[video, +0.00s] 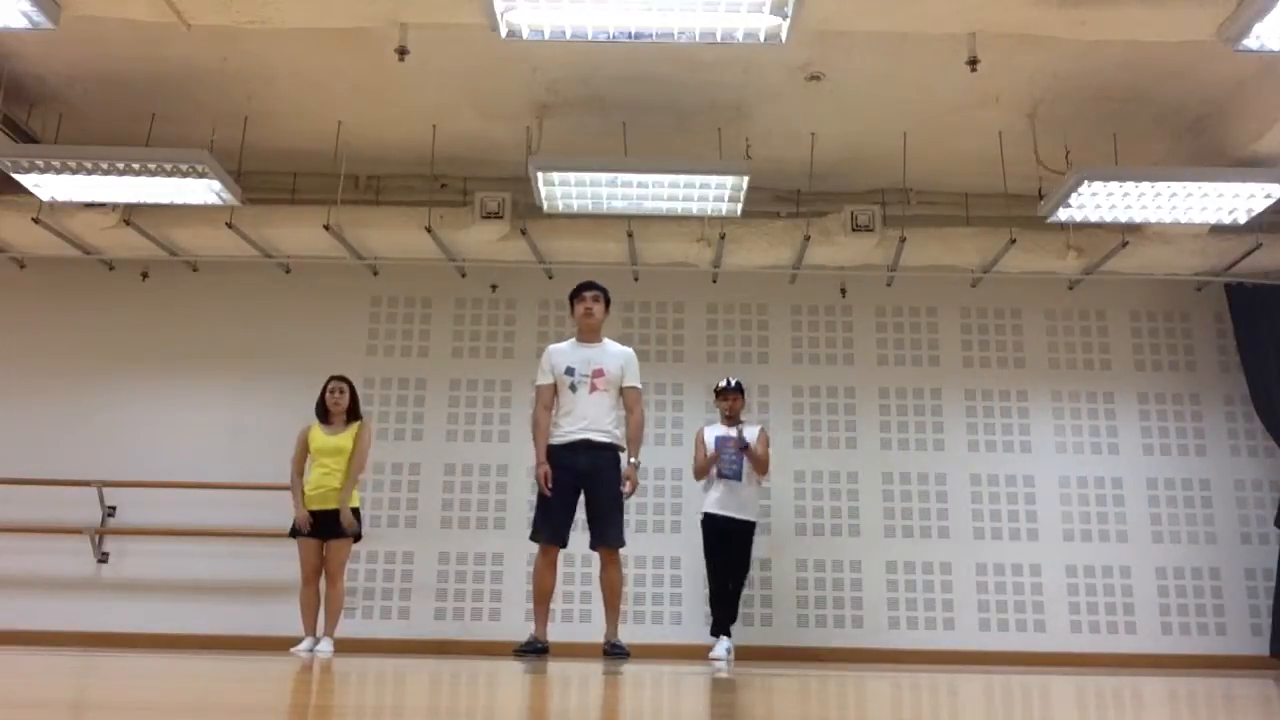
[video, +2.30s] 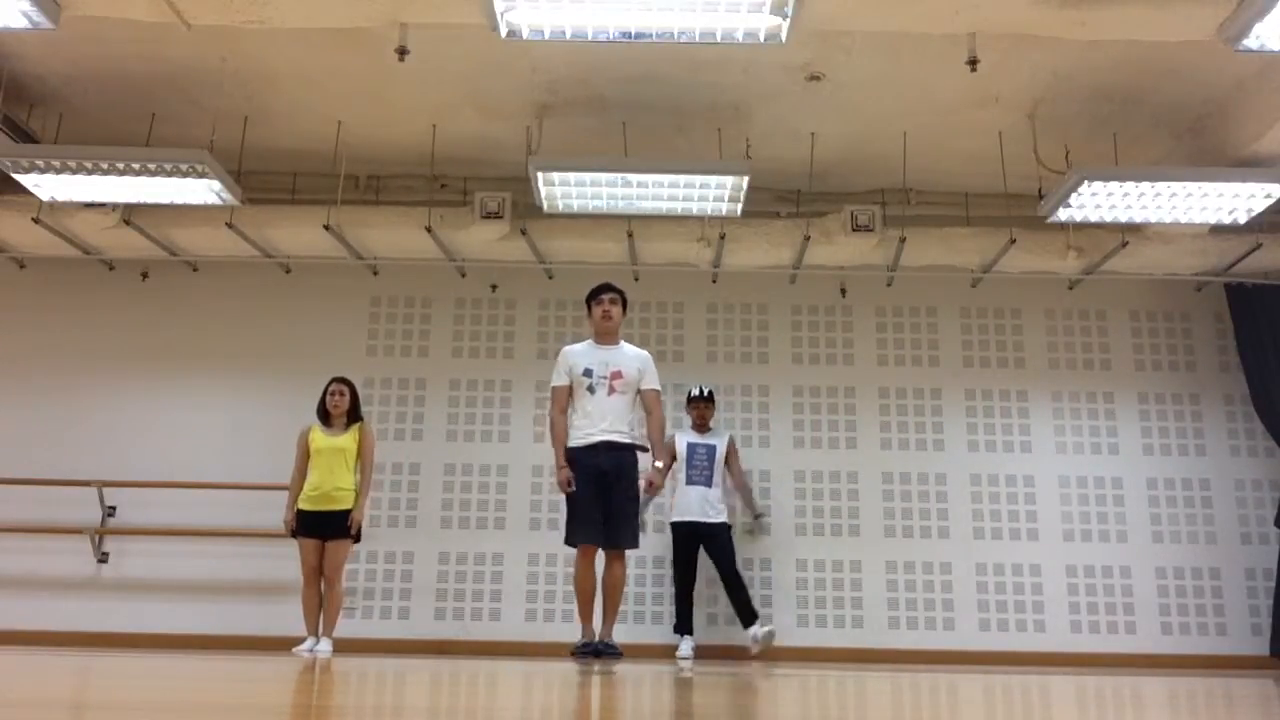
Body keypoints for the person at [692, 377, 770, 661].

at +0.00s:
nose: (729, 404)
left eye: (734, 399)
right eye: (724, 399)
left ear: (743, 402)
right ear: (717, 402)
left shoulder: (756, 433)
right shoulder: (706, 433)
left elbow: (763, 469)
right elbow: (698, 473)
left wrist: (746, 448)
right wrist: (714, 456)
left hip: (744, 513)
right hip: (715, 510)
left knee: (736, 576)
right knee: (717, 575)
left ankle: (722, 634)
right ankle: (722, 636)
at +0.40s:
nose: (723, 413)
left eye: (727, 408)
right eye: (718, 408)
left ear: (735, 410)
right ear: (710, 410)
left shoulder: (743, 437)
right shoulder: (700, 435)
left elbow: (772, 446)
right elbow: (668, 438)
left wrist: (751, 418)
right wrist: (693, 413)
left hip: (731, 515)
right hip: (703, 513)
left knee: (724, 577)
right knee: (705, 575)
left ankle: (717, 637)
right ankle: (701, 635)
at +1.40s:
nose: (698, 407)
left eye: (702, 404)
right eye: (693, 403)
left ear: (709, 409)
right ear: (684, 409)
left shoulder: (719, 437)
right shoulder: (674, 436)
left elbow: (756, 432)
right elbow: (636, 436)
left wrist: (731, 409)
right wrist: (651, 408)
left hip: (711, 516)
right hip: (681, 516)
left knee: (713, 578)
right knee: (684, 580)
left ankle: (714, 638)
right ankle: (685, 638)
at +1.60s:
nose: (694, 408)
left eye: (699, 404)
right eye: (689, 404)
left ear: (706, 409)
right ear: (682, 410)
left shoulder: (717, 438)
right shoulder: (671, 436)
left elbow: (754, 450)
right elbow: (642, 453)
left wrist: (745, 420)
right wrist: (631, 430)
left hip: (709, 518)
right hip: (679, 517)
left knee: (712, 579)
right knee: (683, 581)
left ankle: (714, 638)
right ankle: (685, 639)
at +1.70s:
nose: (693, 409)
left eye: (698, 405)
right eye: (688, 405)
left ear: (706, 410)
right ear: (681, 411)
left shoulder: (717, 442)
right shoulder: (669, 441)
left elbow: (741, 467)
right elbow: (650, 466)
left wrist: (753, 448)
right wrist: (639, 471)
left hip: (708, 520)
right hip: (678, 518)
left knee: (710, 579)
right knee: (682, 581)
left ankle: (713, 637)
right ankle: (685, 639)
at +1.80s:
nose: (693, 410)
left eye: (698, 406)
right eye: (688, 406)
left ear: (705, 411)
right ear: (681, 411)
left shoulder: (717, 443)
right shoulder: (669, 441)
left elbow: (727, 478)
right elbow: (654, 476)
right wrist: (639, 491)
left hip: (707, 520)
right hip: (677, 518)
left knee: (709, 579)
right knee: (681, 581)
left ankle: (712, 636)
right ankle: (685, 638)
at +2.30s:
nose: (701, 414)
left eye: (706, 409)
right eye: (696, 409)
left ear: (713, 411)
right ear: (687, 411)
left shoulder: (725, 442)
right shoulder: (676, 442)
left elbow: (739, 480)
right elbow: (659, 476)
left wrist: (754, 511)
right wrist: (643, 504)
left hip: (715, 520)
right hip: (683, 520)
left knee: (730, 573)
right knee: (684, 582)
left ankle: (753, 629)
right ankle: (685, 638)